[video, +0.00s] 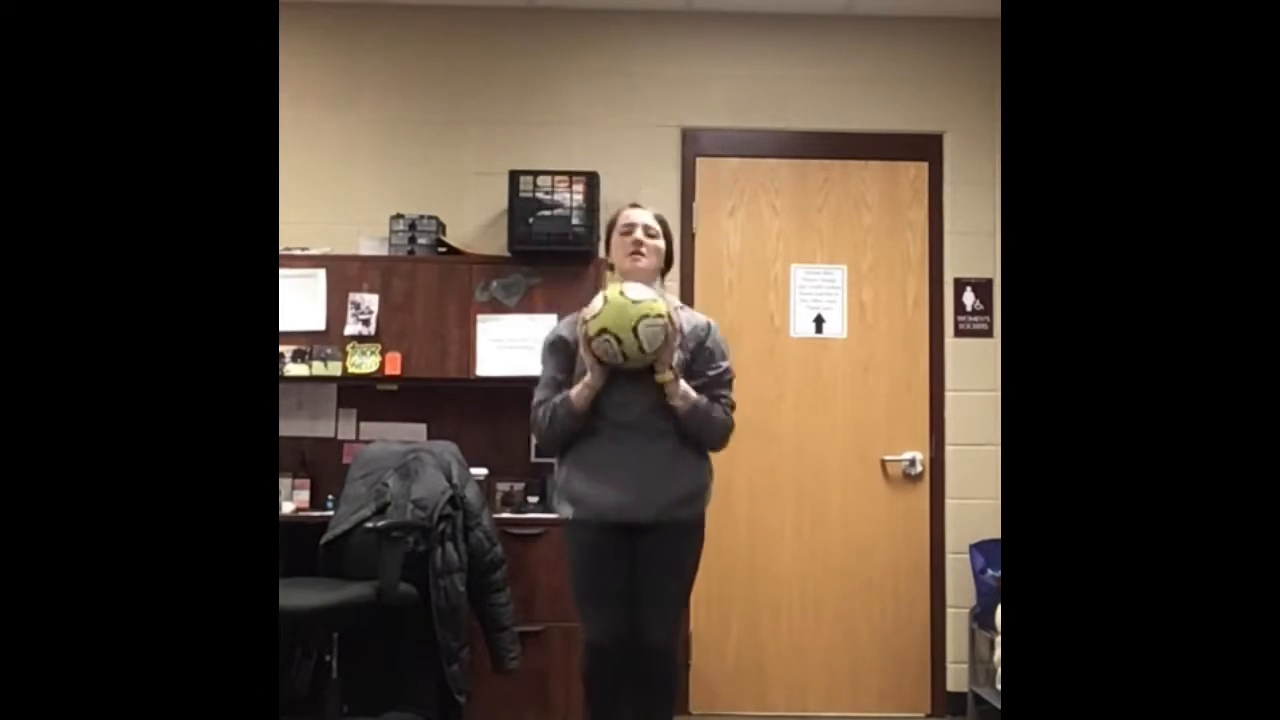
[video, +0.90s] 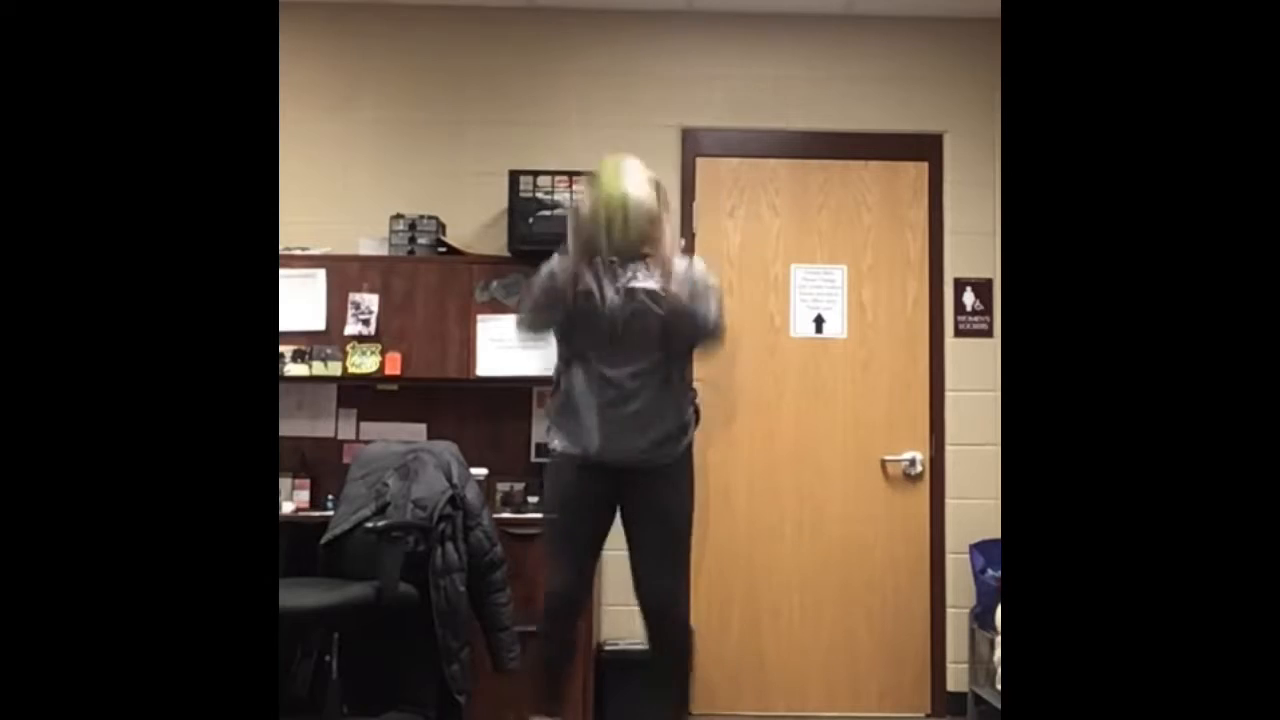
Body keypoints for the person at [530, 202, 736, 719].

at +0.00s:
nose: (640, 238)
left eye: (651, 233)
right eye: (627, 232)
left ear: (666, 254)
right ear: (608, 253)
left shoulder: (698, 331)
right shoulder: (571, 332)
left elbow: (719, 431)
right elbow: (546, 432)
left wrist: (670, 376)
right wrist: (591, 378)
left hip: (673, 515)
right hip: (594, 516)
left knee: (658, 645)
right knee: (605, 645)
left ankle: (656, 718)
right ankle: (606, 718)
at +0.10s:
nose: (641, 216)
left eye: (652, 208)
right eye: (629, 208)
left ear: (668, 224)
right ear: (609, 223)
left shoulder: (695, 301)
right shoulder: (574, 304)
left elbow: (728, 382)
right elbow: (546, 393)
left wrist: (677, 341)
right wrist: (586, 345)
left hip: (673, 493)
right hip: (594, 494)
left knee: (661, 633)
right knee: (595, 631)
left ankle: (660, 715)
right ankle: (600, 714)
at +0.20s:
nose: (642, 191)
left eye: (655, 177)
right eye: (629, 177)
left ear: (674, 180)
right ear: (604, 180)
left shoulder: (685, 253)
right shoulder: (584, 254)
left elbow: (723, 295)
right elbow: (545, 298)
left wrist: (697, 254)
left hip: (673, 446)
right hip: (594, 446)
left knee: (672, 590)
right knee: (583, 588)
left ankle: (675, 706)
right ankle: (577, 708)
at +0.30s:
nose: (643, 196)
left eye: (655, 189)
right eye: (631, 188)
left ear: (672, 205)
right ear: (610, 203)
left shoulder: (693, 267)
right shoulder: (587, 262)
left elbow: (724, 212)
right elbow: (559, 208)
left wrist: (685, 124)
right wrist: (598, 120)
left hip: (671, 444)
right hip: (593, 443)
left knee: (685, 598)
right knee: (568, 598)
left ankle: (703, 708)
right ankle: (538, 709)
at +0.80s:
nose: (629, 212)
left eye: (641, 206)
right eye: (618, 203)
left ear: (658, 228)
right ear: (598, 220)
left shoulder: (674, 288)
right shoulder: (576, 282)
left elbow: (710, 251)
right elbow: (534, 253)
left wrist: (679, 177)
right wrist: (571, 166)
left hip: (658, 467)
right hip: (579, 465)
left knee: (679, 615)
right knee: (541, 615)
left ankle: (709, 712)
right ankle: (486, 711)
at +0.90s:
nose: (621, 218)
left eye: (634, 206)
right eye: (609, 207)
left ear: (656, 213)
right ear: (592, 215)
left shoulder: (683, 275)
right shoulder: (575, 272)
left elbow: (706, 328)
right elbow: (532, 317)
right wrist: (575, 249)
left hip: (659, 459)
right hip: (580, 458)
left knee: (665, 602)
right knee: (562, 593)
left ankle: (674, 711)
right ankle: (548, 710)